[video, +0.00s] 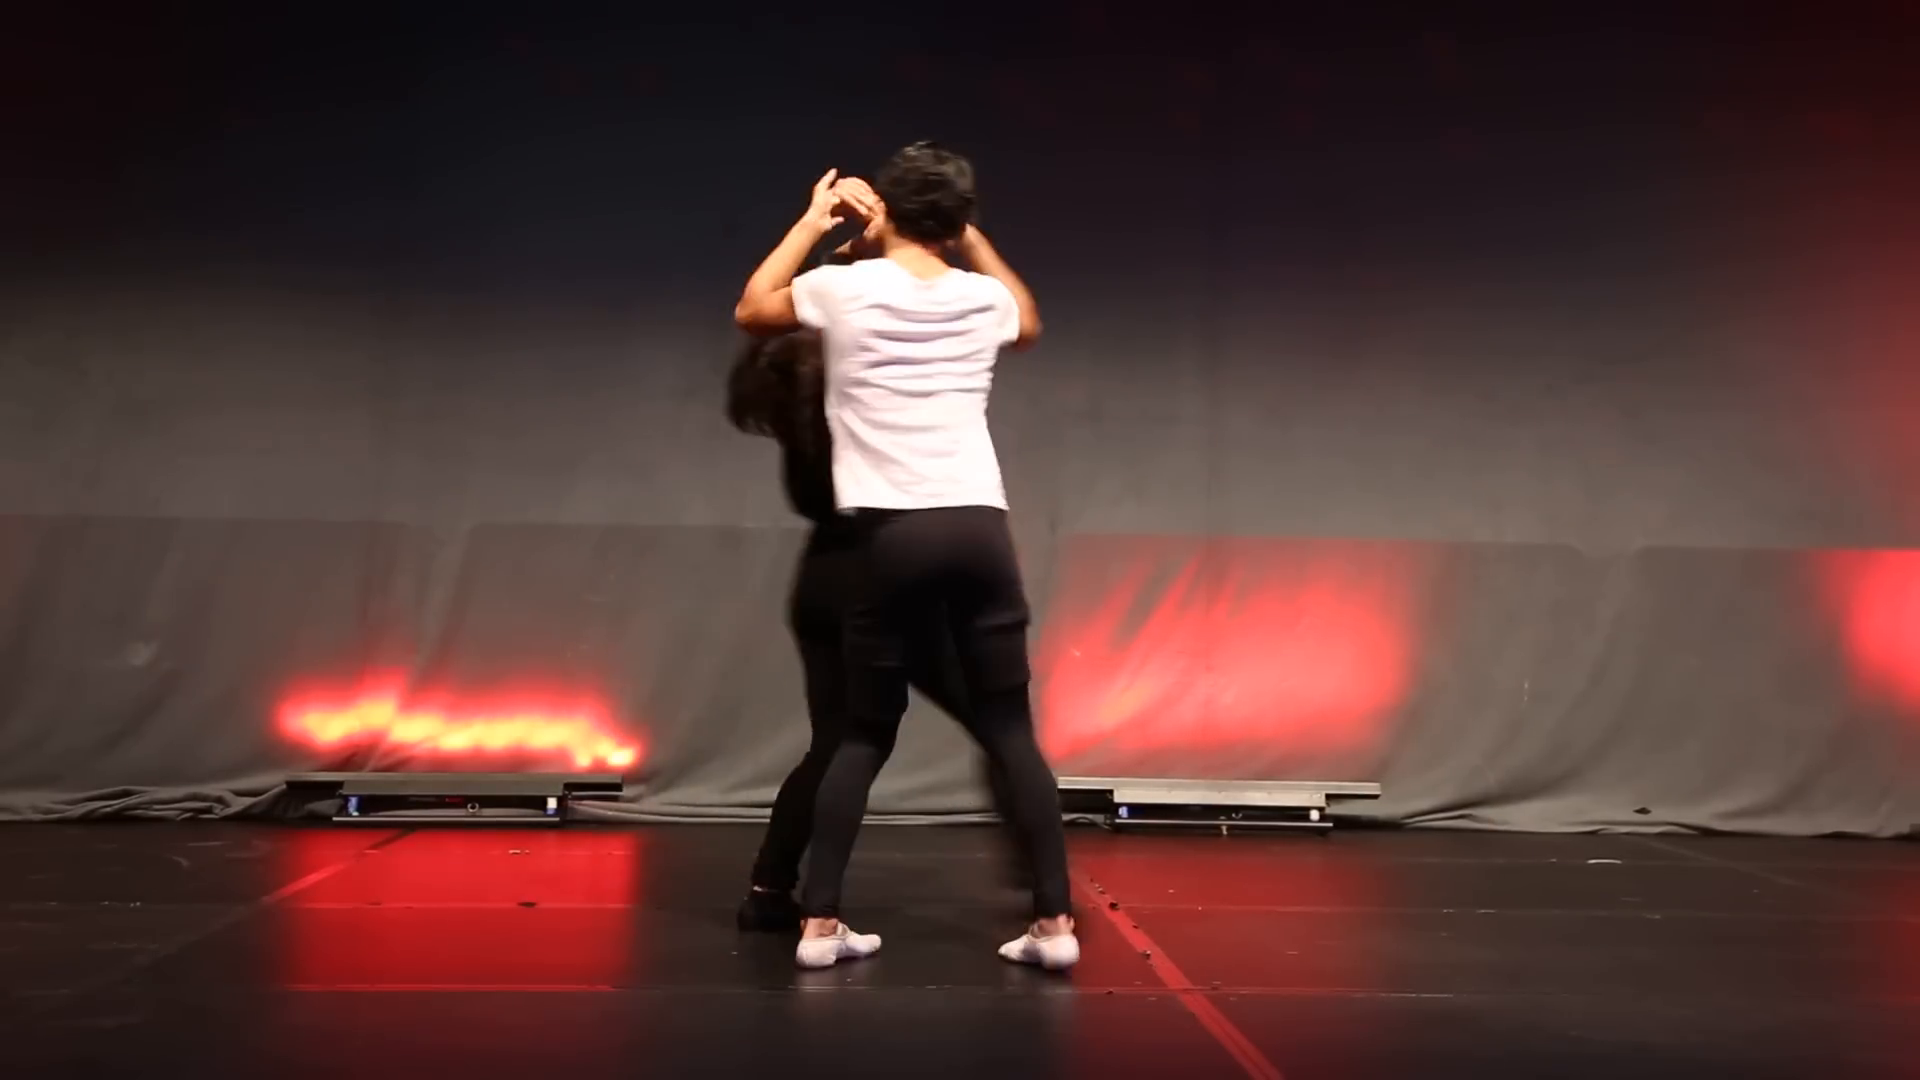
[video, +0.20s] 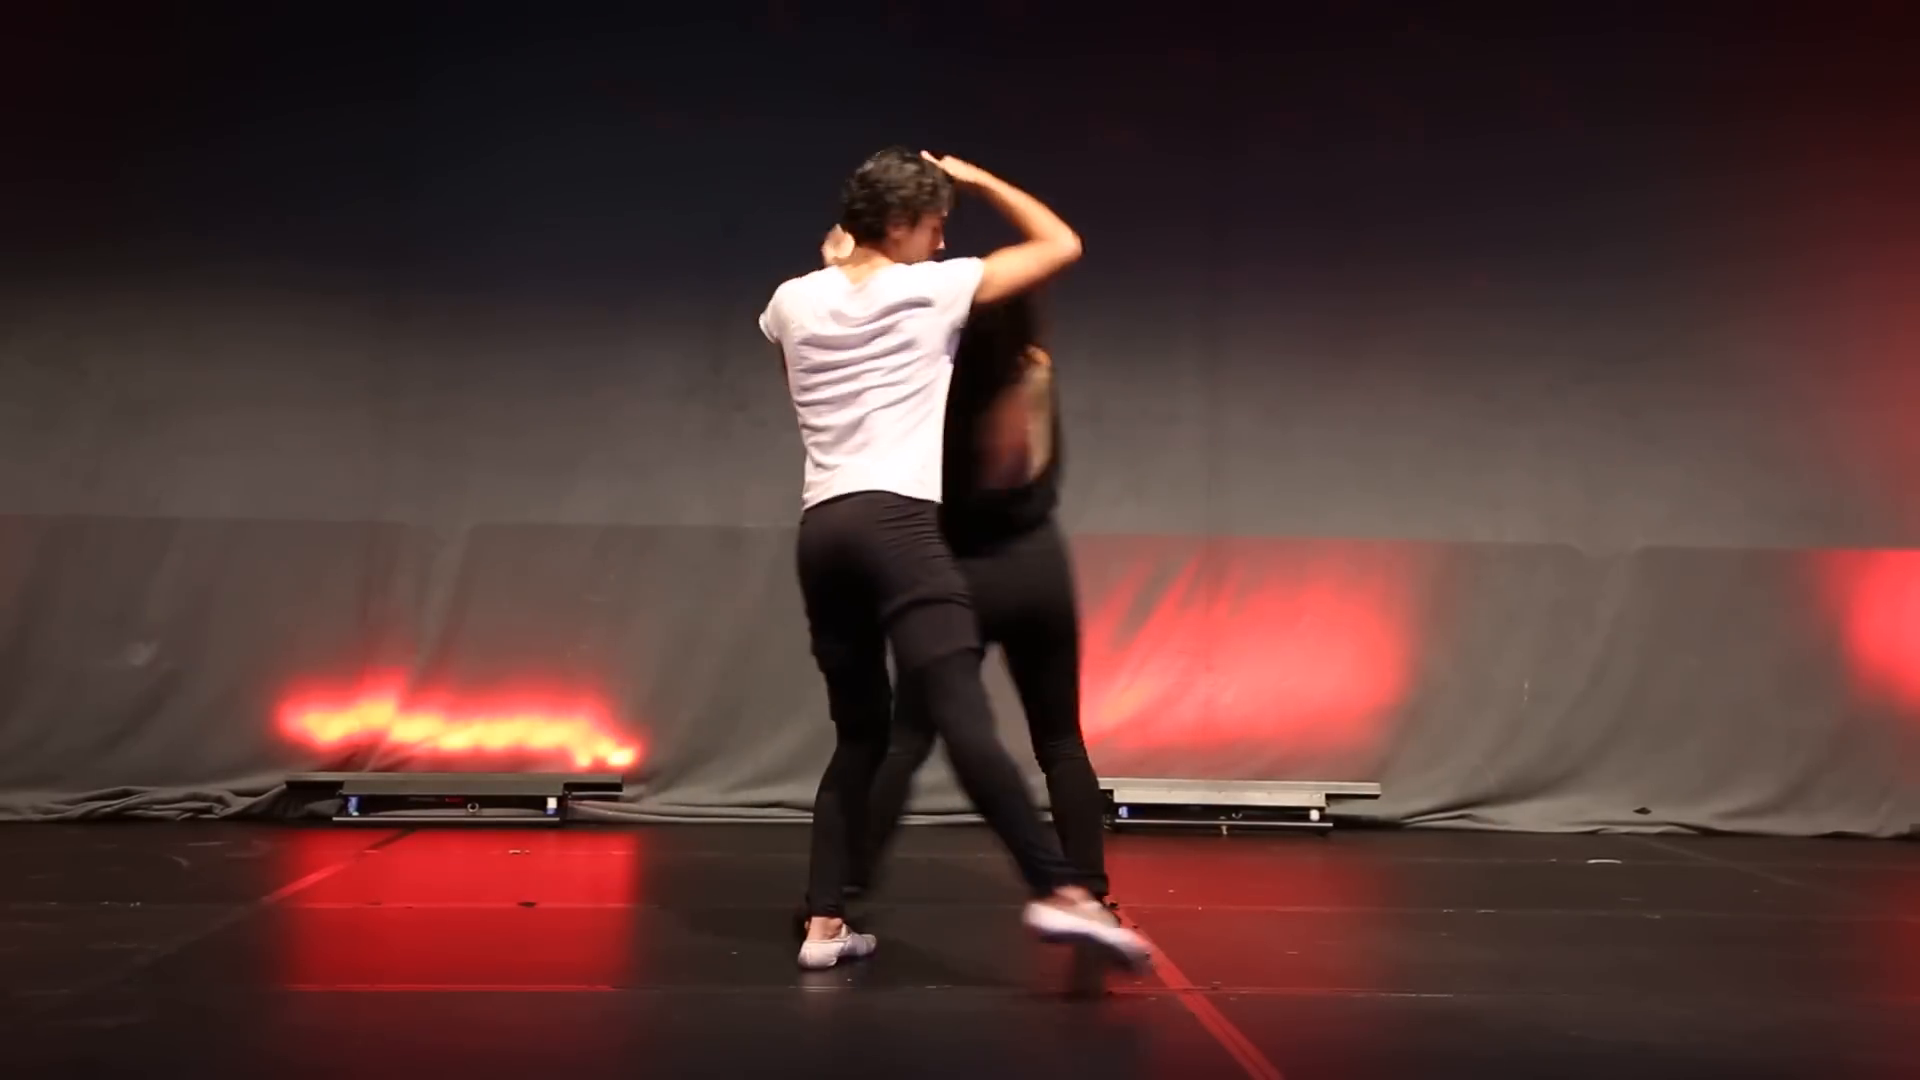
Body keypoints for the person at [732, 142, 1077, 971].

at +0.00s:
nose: (871, 223)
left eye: (875, 212)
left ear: (882, 220)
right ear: (959, 227)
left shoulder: (841, 290)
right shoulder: (983, 299)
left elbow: (753, 307)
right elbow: (1024, 316)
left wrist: (812, 223)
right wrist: (959, 234)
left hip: (881, 531)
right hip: (978, 528)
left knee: (860, 733)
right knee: (1010, 729)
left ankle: (818, 923)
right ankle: (1055, 924)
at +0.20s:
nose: (939, 241)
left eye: (938, 226)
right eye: (932, 225)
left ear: (854, 226)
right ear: (898, 226)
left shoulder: (791, 306)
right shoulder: (934, 289)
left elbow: (790, 322)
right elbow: (1060, 243)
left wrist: (836, 264)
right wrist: (983, 178)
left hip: (821, 531)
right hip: (897, 522)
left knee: (860, 734)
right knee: (966, 724)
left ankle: (823, 922)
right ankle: (1059, 889)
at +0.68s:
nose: (926, 240)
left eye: (936, 228)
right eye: (912, 222)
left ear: (942, 235)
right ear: (871, 218)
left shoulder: (948, 316)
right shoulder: (812, 279)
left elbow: (1016, 289)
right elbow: (769, 154)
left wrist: (986, 191)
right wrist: (881, 157)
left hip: (890, 538)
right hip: (803, 531)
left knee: (866, 741)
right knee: (796, 738)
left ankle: (802, 904)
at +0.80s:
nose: (893, 216)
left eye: (910, 204)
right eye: (886, 204)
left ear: (945, 214)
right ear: (877, 218)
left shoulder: (952, 289)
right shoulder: (862, 282)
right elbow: (777, 205)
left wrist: (920, 97)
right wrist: (867, 178)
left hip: (867, 528)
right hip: (821, 526)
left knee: (823, 723)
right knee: (818, 725)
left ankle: (866, 911)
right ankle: (956, 854)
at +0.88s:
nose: (871, 215)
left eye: (882, 200)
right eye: (873, 202)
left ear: (922, 205)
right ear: (934, 209)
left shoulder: (923, 268)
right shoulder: (945, 296)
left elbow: (811, 162)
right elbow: (821, 268)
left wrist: (873, 104)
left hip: (853, 525)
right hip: (894, 527)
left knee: (804, 722)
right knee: (864, 721)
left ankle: (870, 915)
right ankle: (945, 886)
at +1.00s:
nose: (882, 201)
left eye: (887, 194)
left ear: (891, 210)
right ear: (969, 227)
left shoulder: (850, 277)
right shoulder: (990, 307)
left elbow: (777, 249)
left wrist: (847, 178)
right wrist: (973, 233)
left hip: (848, 530)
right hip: (932, 533)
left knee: (822, 715)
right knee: (921, 718)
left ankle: (843, 904)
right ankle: (908, 914)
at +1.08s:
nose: (977, 235)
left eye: (975, 222)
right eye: (974, 222)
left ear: (887, 220)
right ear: (956, 224)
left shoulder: (833, 293)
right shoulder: (984, 304)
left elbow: (789, 305)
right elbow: (994, 411)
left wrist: (863, 231)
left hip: (855, 538)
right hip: (938, 538)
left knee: (848, 714)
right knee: (944, 727)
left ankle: (824, 881)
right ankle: (904, 917)